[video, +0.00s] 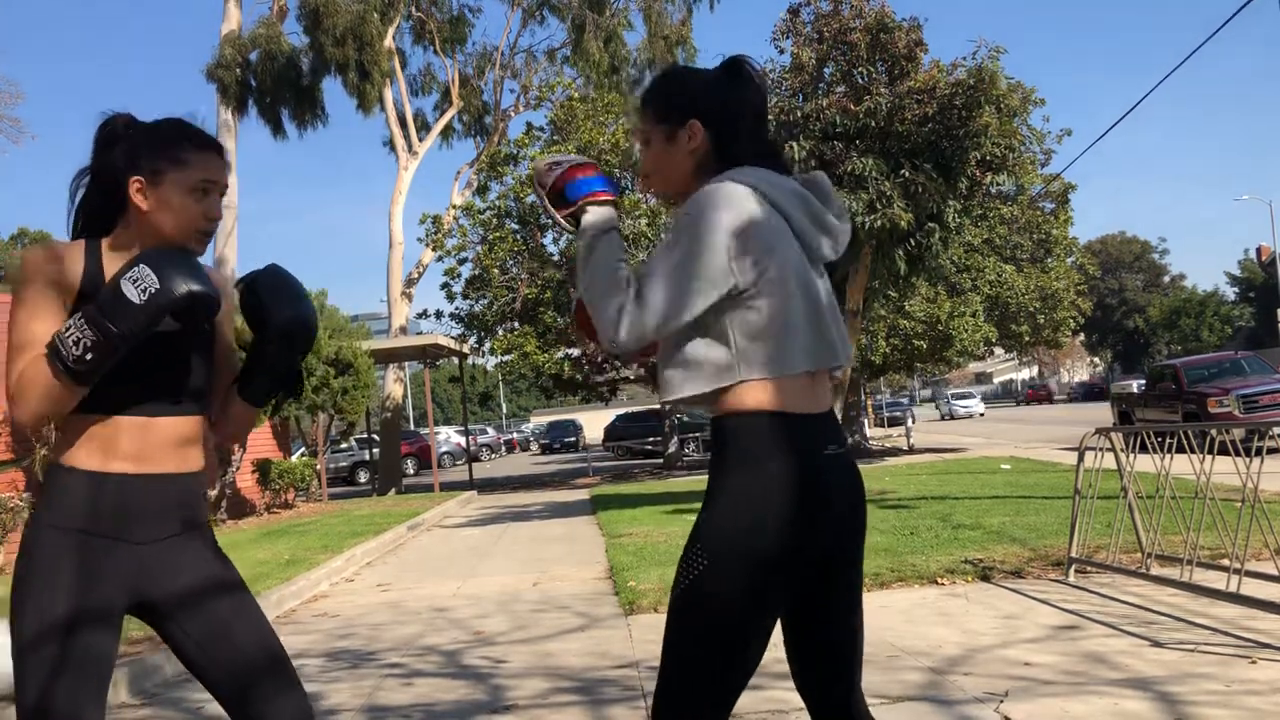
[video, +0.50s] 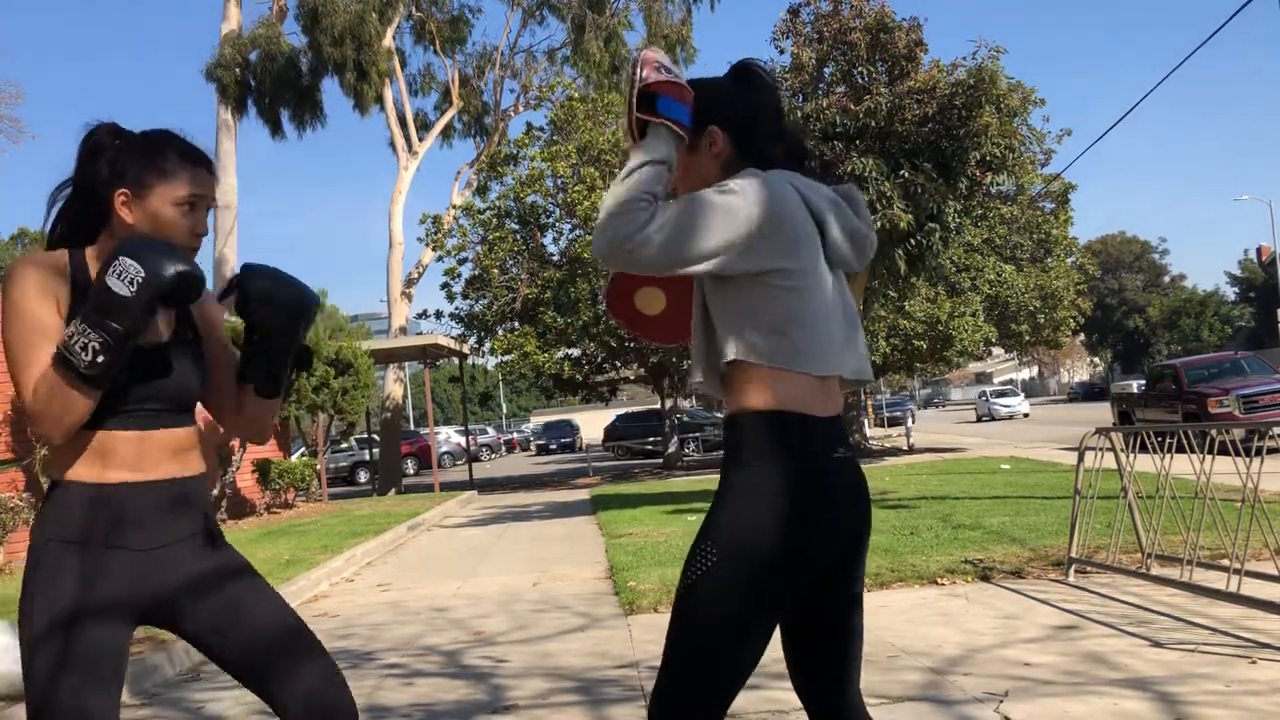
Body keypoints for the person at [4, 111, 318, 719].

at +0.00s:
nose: (218, 212)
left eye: (220, 195)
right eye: (204, 192)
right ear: (142, 192)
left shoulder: (210, 289)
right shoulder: (56, 265)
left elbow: (222, 429)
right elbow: (27, 411)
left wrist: (275, 360)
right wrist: (109, 321)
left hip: (183, 535)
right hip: (74, 536)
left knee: (284, 708)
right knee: (57, 710)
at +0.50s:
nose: (204, 227)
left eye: (206, 211)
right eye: (190, 207)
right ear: (127, 205)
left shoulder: (193, 297)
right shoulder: (41, 277)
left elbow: (252, 425)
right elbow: (49, 422)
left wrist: (276, 340)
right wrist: (108, 317)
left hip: (190, 541)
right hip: (82, 546)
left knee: (323, 697)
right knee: (70, 709)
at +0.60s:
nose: (211, 204)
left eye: (212, 188)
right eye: (195, 186)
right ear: (131, 188)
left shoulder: (220, 267)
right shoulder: (62, 271)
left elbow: (342, 322)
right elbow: (48, 421)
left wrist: (351, 255)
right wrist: (90, 312)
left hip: (208, 529)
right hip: (99, 533)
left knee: (313, 706)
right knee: (79, 711)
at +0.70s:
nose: (226, 209)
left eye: (230, 192)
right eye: (211, 191)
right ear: (145, 190)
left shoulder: (246, 250)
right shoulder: (82, 275)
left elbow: (379, 229)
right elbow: (87, 426)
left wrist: (460, 165)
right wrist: (110, 318)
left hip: (221, 533)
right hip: (113, 531)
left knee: (314, 703)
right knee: (82, 707)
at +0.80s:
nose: (231, 217)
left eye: (236, 201)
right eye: (217, 199)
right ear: (152, 194)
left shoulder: (246, 254)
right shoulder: (83, 277)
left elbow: (378, 253)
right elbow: (93, 429)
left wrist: (434, 186)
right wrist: (120, 323)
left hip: (225, 535)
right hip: (116, 533)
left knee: (326, 707)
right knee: (80, 711)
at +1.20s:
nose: (218, 227)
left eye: (223, 212)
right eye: (205, 207)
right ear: (142, 199)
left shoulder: (212, 289)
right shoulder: (54, 280)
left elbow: (257, 419)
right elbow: (59, 430)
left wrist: (280, 316)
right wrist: (103, 319)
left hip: (202, 541)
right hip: (94, 543)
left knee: (313, 708)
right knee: (70, 710)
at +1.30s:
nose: (213, 232)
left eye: (217, 215)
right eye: (200, 212)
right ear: (136, 204)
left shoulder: (208, 295)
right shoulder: (49, 282)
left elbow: (249, 426)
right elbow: (57, 432)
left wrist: (284, 333)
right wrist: (102, 317)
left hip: (199, 545)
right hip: (90, 546)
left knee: (315, 708)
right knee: (70, 709)